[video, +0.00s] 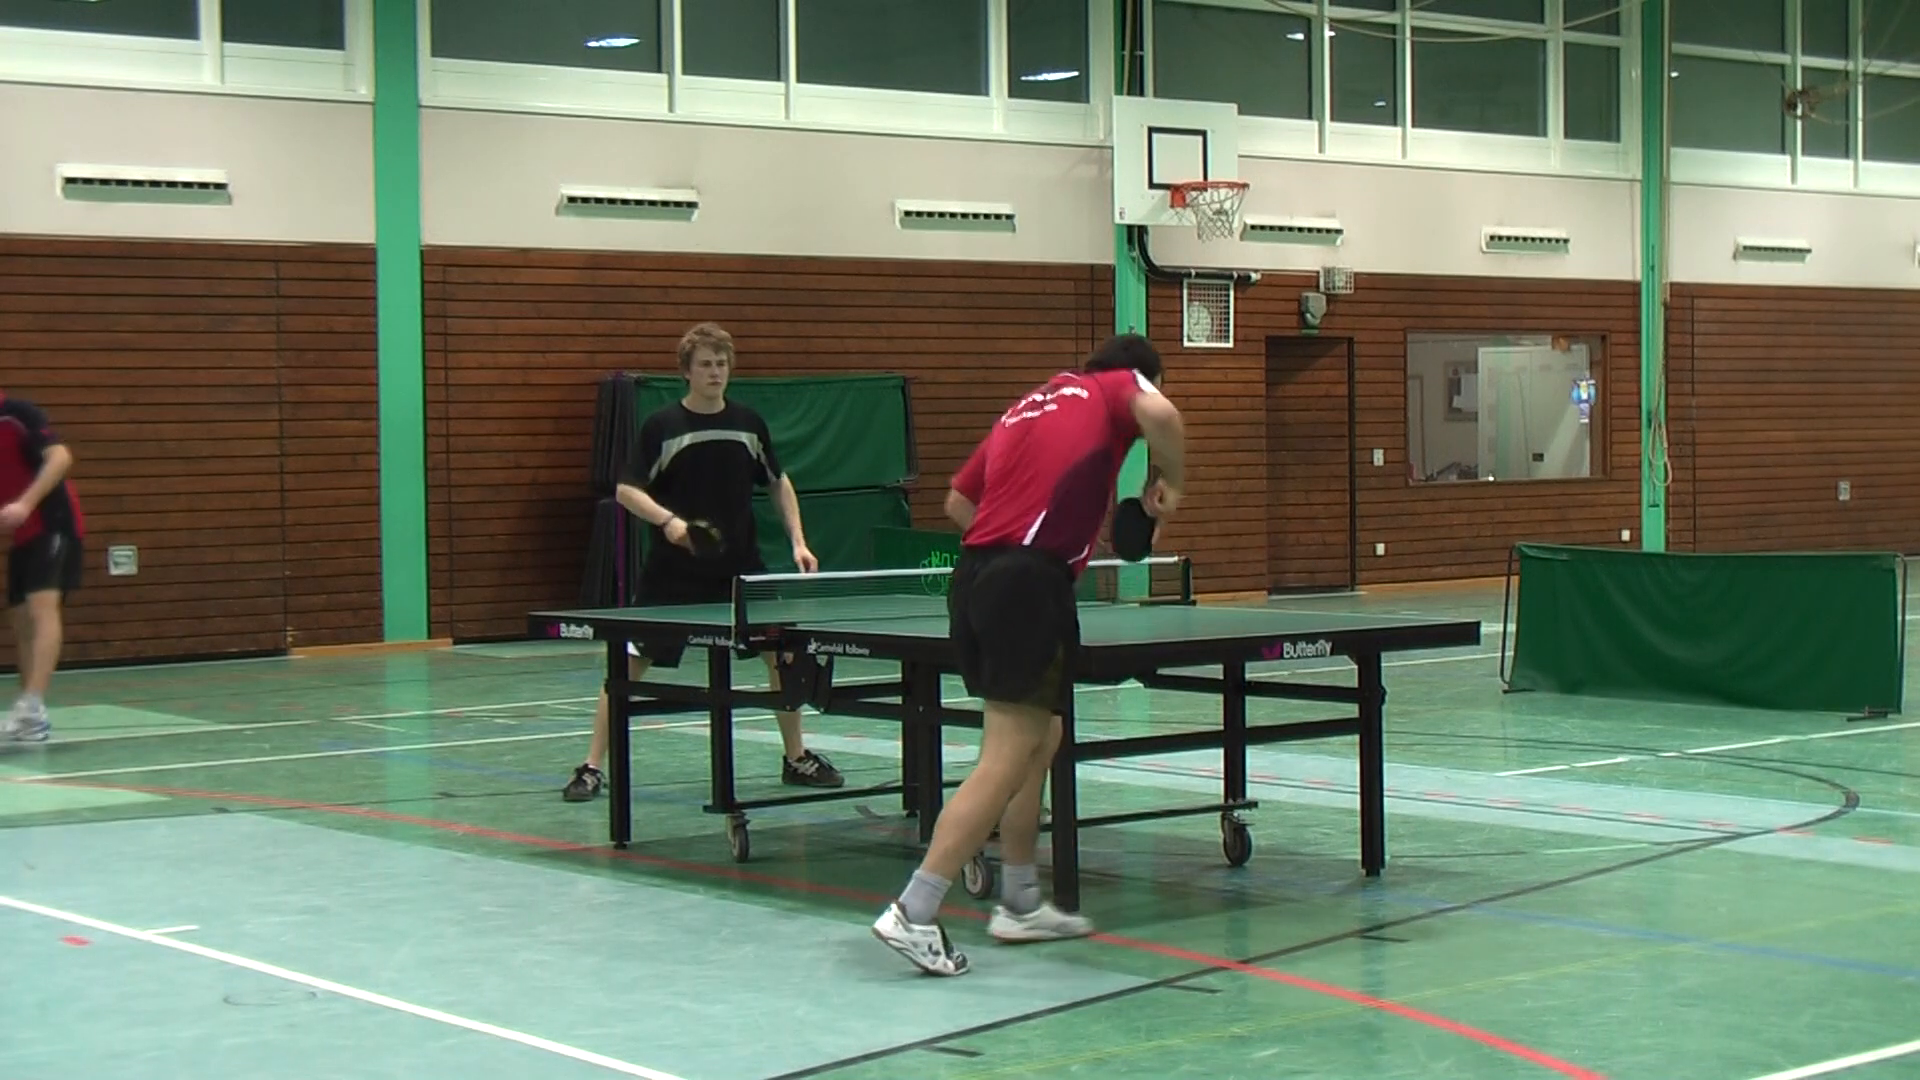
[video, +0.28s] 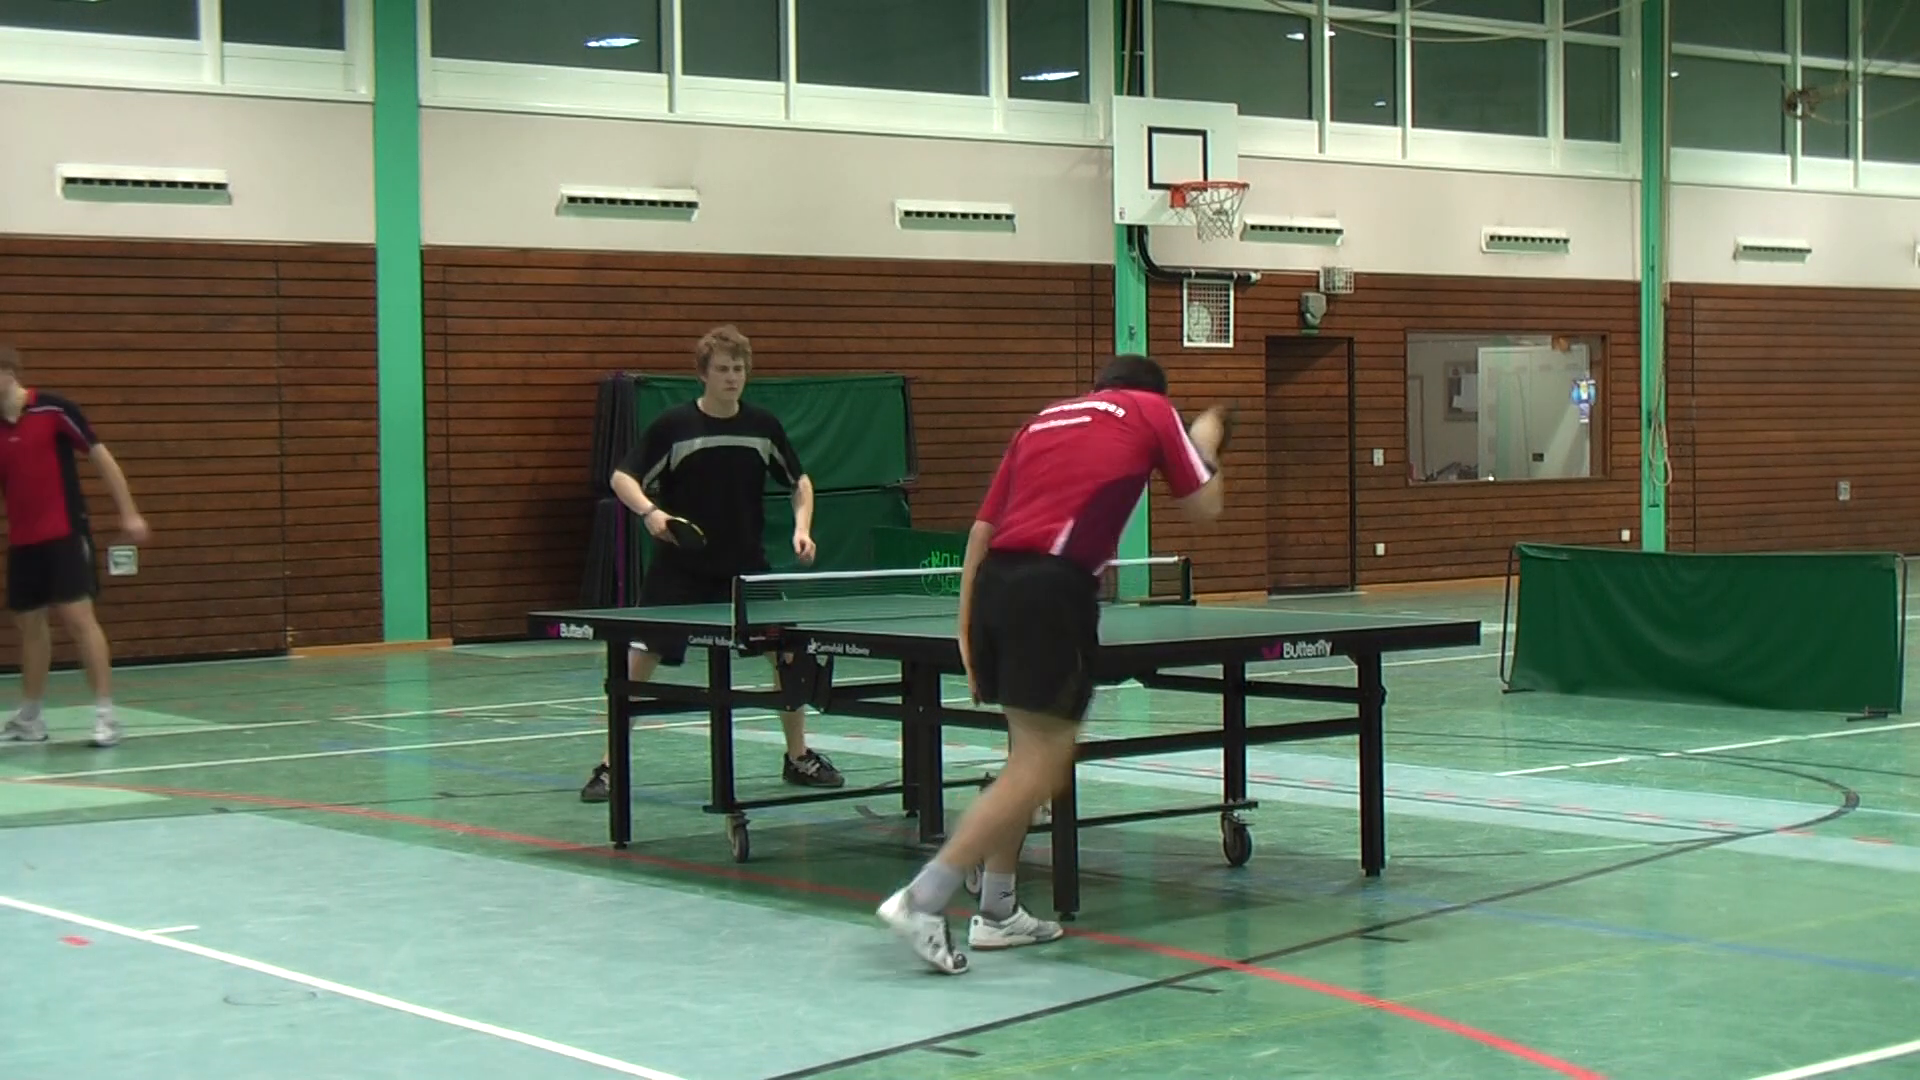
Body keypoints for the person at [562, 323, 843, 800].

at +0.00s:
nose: (716, 372)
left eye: (722, 364)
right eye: (706, 364)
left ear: (730, 369)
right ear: (686, 370)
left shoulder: (749, 423)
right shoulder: (661, 426)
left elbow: (779, 482)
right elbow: (627, 489)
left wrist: (798, 540)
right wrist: (666, 519)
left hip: (741, 567)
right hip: (676, 570)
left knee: (782, 648)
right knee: (629, 663)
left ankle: (797, 756)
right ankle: (593, 765)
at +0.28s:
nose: (732, 376)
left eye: (738, 368)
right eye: (723, 369)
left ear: (748, 372)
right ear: (703, 372)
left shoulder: (764, 427)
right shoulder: (673, 426)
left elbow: (800, 484)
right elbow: (622, 478)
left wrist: (802, 527)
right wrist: (650, 511)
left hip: (747, 567)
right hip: (680, 568)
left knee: (788, 648)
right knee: (642, 654)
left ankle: (799, 754)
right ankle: (612, 761)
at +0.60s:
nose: (758, 432)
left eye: (764, 423)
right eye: (748, 423)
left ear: (773, 424)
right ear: (729, 425)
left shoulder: (784, 471)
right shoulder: (703, 475)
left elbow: (822, 513)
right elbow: (659, 531)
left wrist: (831, 529)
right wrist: (711, 558)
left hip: (768, 598)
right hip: (705, 599)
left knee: (834, 652)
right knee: (676, 664)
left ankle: (831, 757)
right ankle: (622, 767)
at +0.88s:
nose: (760, 459)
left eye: (765, 451)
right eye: (751, 451)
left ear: (771, 454)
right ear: (728, 453)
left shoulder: (778, 494)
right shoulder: (707, 495)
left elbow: (830, 523)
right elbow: (693, 534)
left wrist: (865, 541)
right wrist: (732, 525)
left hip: (755, 612)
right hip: (694, 613)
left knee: (838, 654)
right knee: (686, 677)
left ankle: (831, 756)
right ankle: (619, 772)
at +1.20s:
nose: (730, 380)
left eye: (735, 373)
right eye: (720, 372)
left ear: (742, 378)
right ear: (698, 377)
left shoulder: (750, 431)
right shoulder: (670, 427)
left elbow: (786, 476)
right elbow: (623, 473)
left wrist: (816, 521)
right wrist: (646, 464)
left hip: (729, 563)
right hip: (667, 564)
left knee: (780, 641)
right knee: (635, 652)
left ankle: (770, 742)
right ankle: (595, 757)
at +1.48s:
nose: (671, 378)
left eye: (676, 370)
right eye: (660, 370)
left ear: (683, 375)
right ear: (637, 376)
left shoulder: (694, 427)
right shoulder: (612, 428)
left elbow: (732, 476)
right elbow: (571, 487)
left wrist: (739, 509)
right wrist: (606, 501)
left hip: (674, 563)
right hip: (610, 566)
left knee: (723, 644)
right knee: (567, 643)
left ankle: (743, 748)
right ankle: (531, 756)